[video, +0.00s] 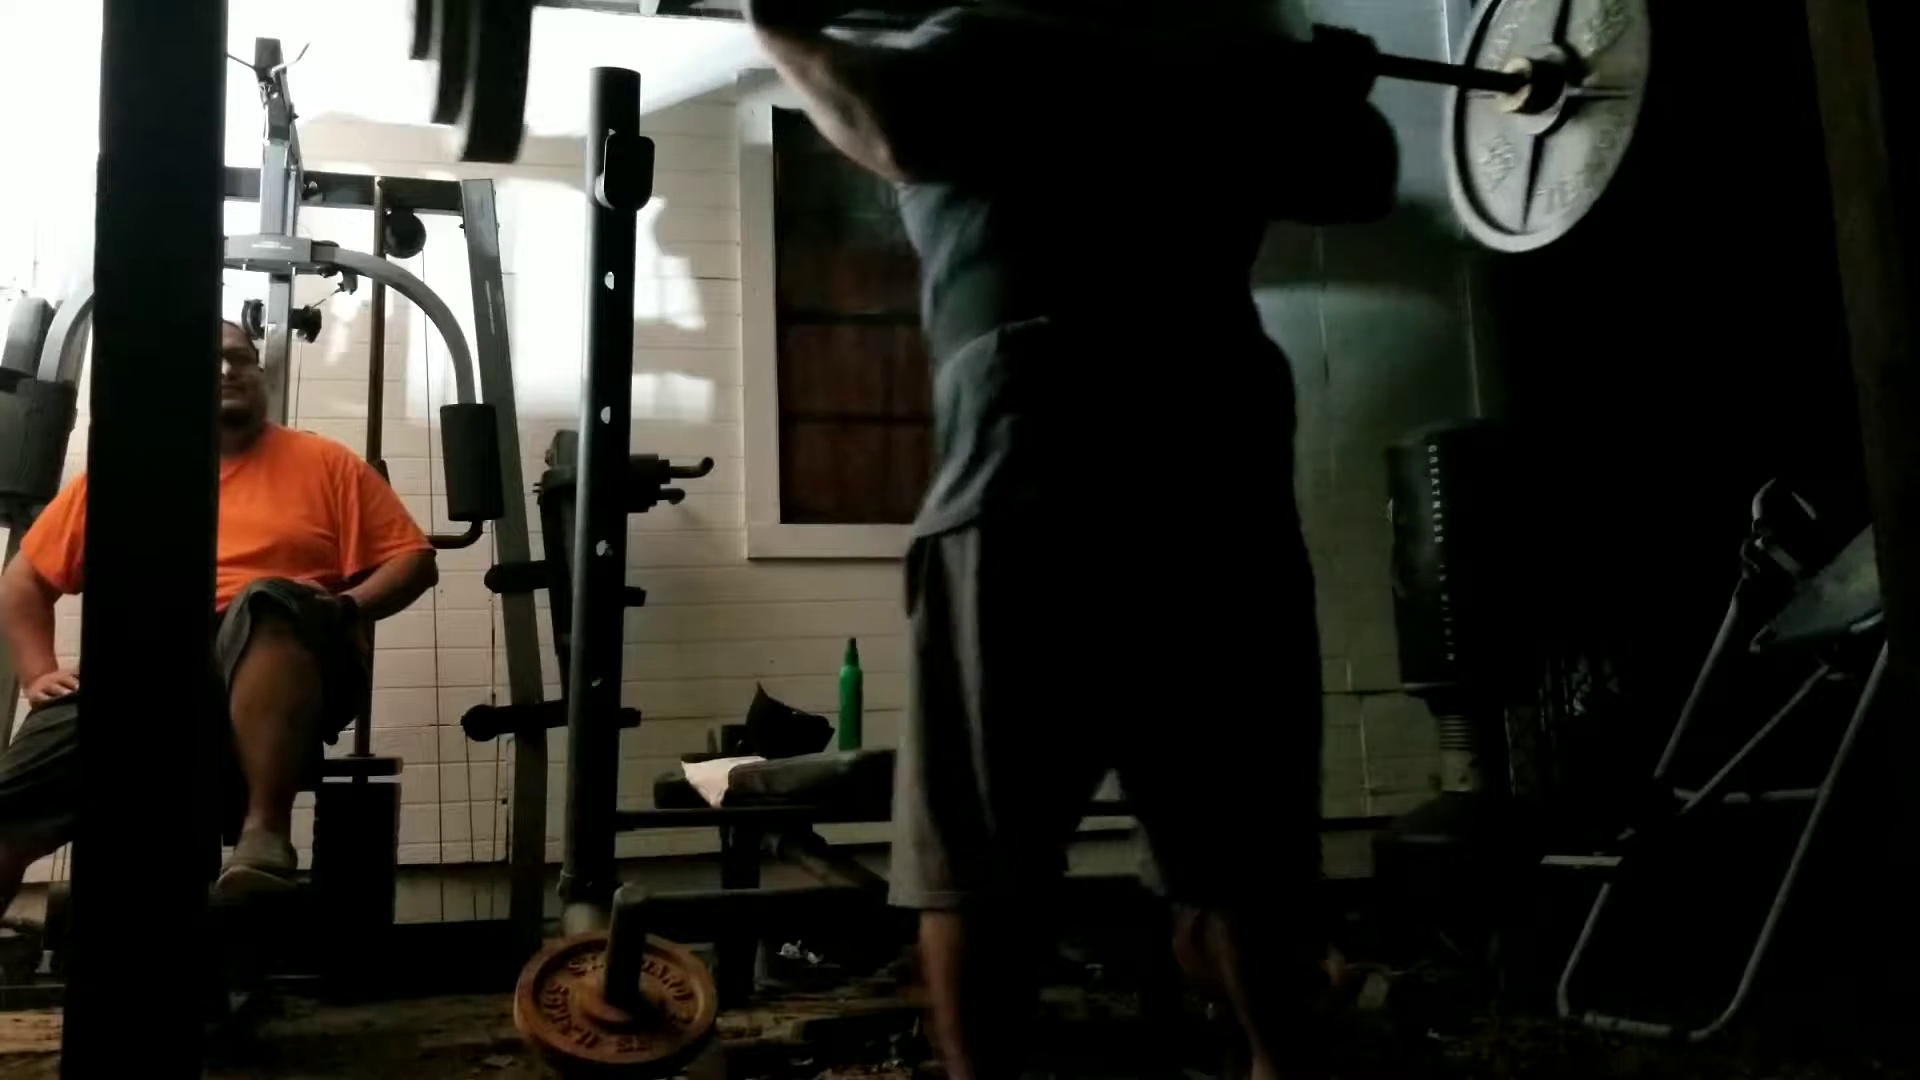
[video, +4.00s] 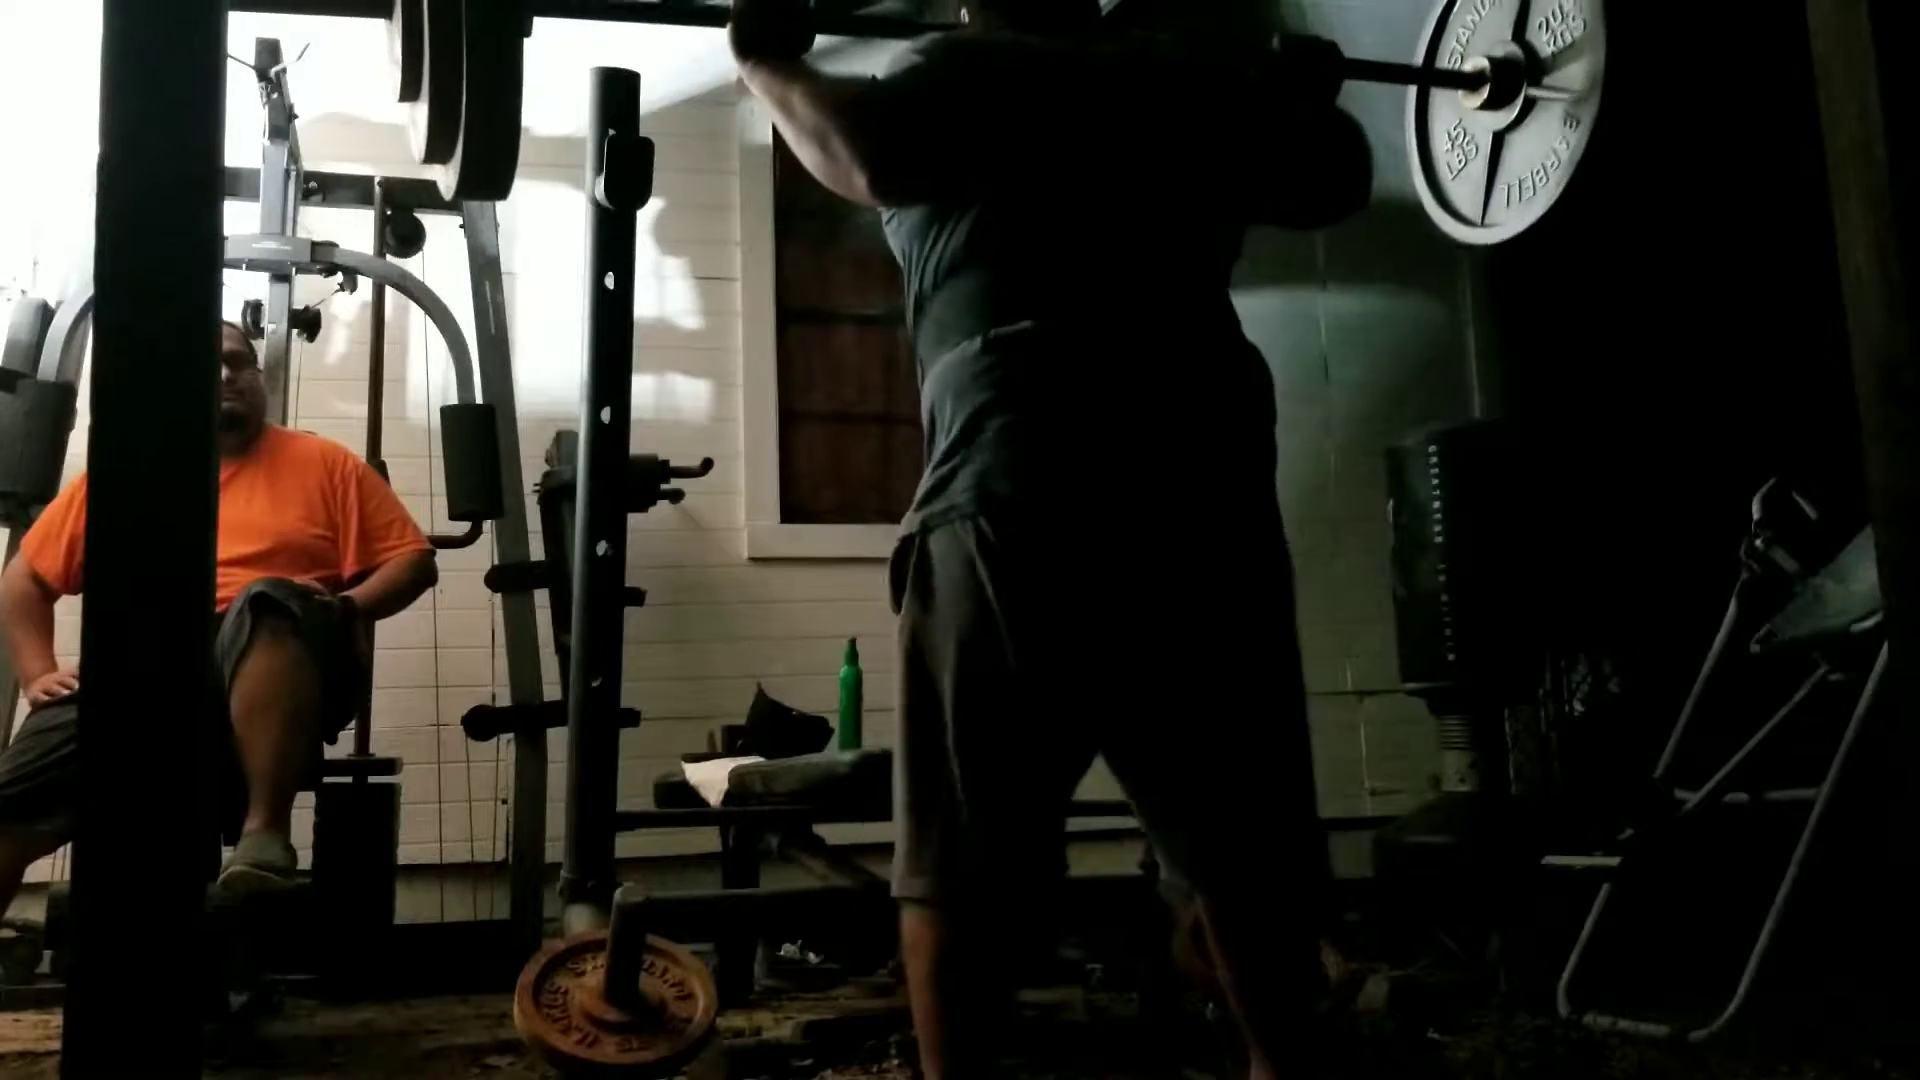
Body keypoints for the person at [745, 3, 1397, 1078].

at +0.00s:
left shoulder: (966, 40)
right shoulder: (1217, 66)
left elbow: (904, 138)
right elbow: (1362, 174)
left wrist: (775, 29)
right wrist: (1337, 79)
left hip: (1025, 463)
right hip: (1222, 467)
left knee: (977, 842)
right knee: (1243, 830)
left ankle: (978, 1066)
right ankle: (1282, 1060)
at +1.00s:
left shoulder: (952, 58)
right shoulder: (1206, 76)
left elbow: (854, 143)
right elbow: (1348, 168)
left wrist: (758, 43)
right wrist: (1331, 75)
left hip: (1012, 479)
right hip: (1211, 475)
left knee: (955, 854)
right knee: (1253, 834)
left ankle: (956, 1069)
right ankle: (1285, 1063)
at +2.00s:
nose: (974, 268)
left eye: (976, 255)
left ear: (989, 261)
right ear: (1113, 255)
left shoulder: (954, 324)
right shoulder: (1204, 321)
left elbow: (857, 404)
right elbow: (1364, 414)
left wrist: (773, 315)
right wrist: (1332, 318)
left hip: (1060, 655)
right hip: (1273, 643)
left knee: (887, 860)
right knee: (1258, 844)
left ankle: (929, 1062)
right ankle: (1282, 1056)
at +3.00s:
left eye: (945, 247)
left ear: (960, 247)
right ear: (1092, 241)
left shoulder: (943, 308)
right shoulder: (1182, 301)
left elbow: (826, 367)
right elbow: (1356, 360)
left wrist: (767, 299)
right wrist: (1289, 279)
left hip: (1057, 620)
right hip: (1274, 608)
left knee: (877, 848)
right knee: (1256, 828)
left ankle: (924, 1062)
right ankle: (1284, 1058)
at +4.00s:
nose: (937, 25)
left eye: (941, 13)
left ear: (967, 10)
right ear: (1092, 4)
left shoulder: (946, 77)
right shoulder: (1185, 87)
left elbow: (863, 160)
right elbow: (1336, 177)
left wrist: (764, 59)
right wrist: (1311, 87)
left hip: (1012, 487)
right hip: (1204, 482)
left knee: (960, 841)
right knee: (1242, 826)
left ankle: (954, 1063)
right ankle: (1283, 1057)